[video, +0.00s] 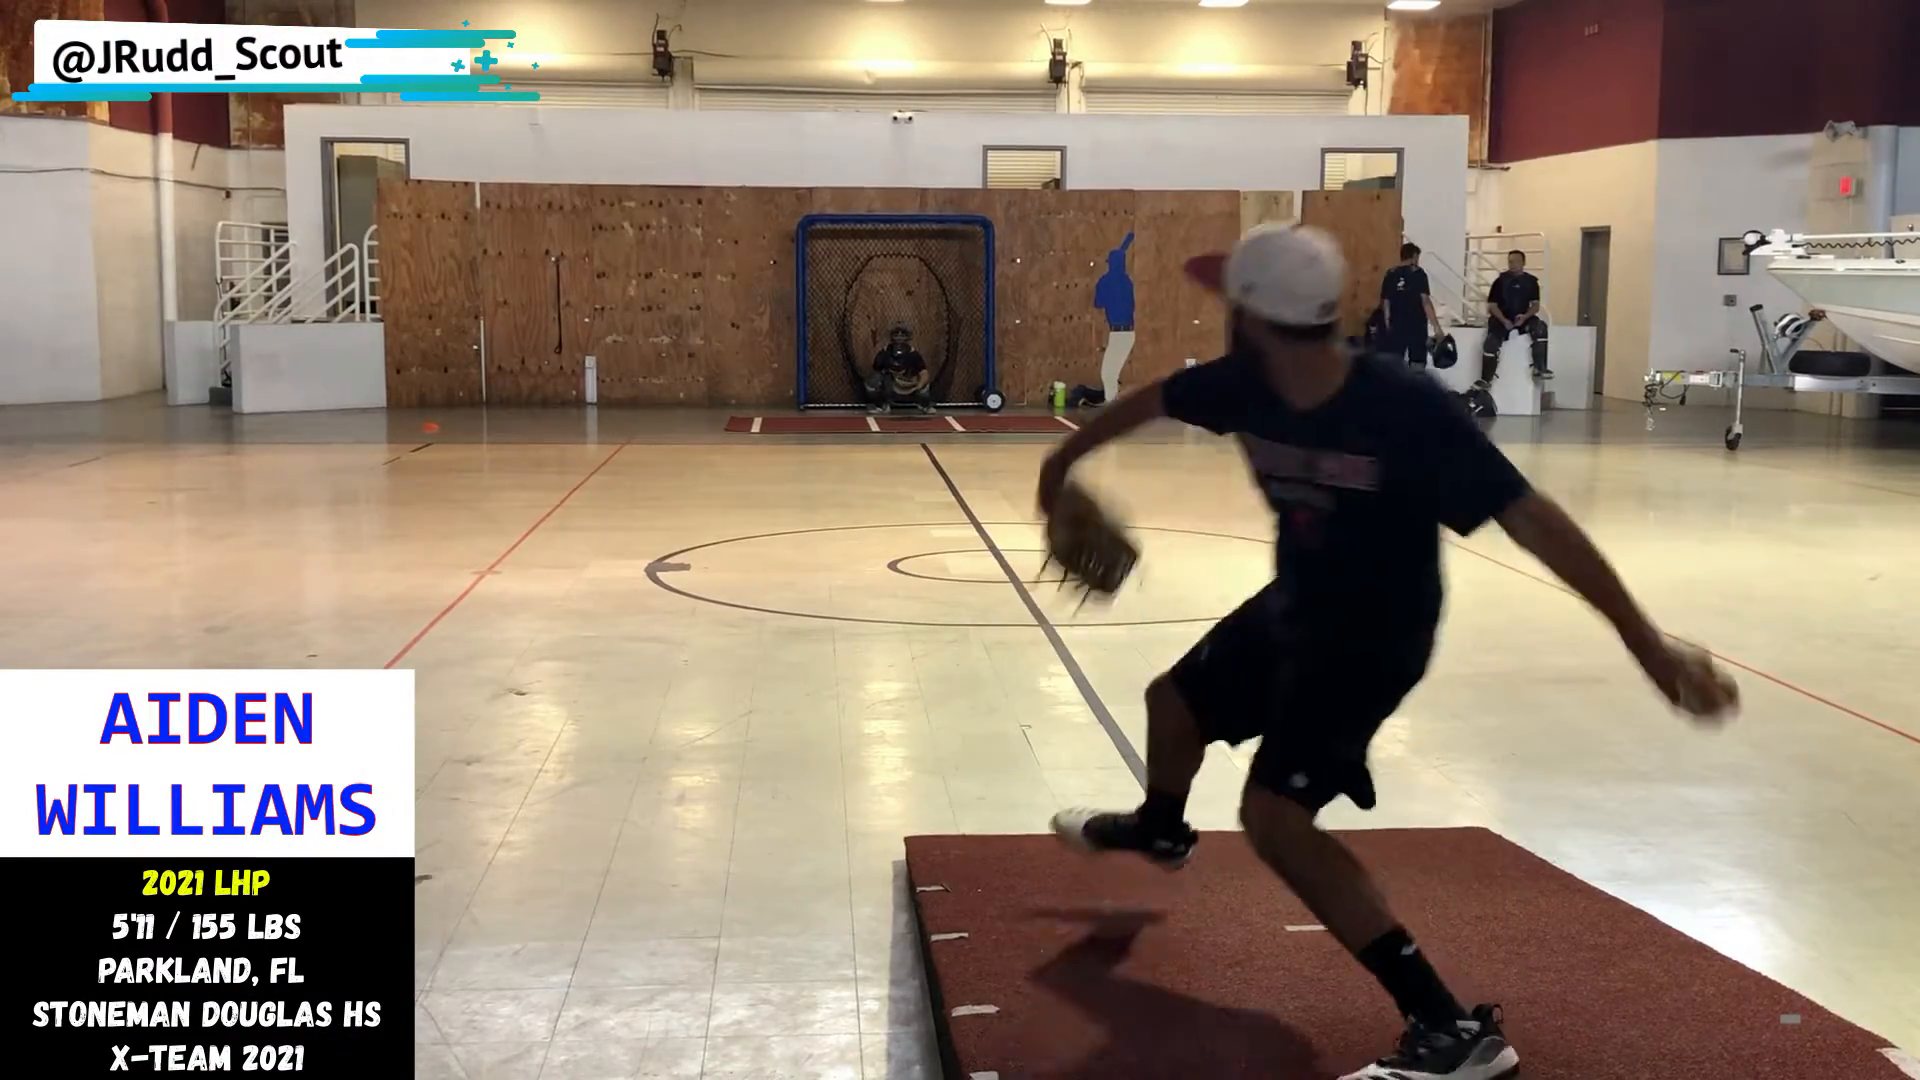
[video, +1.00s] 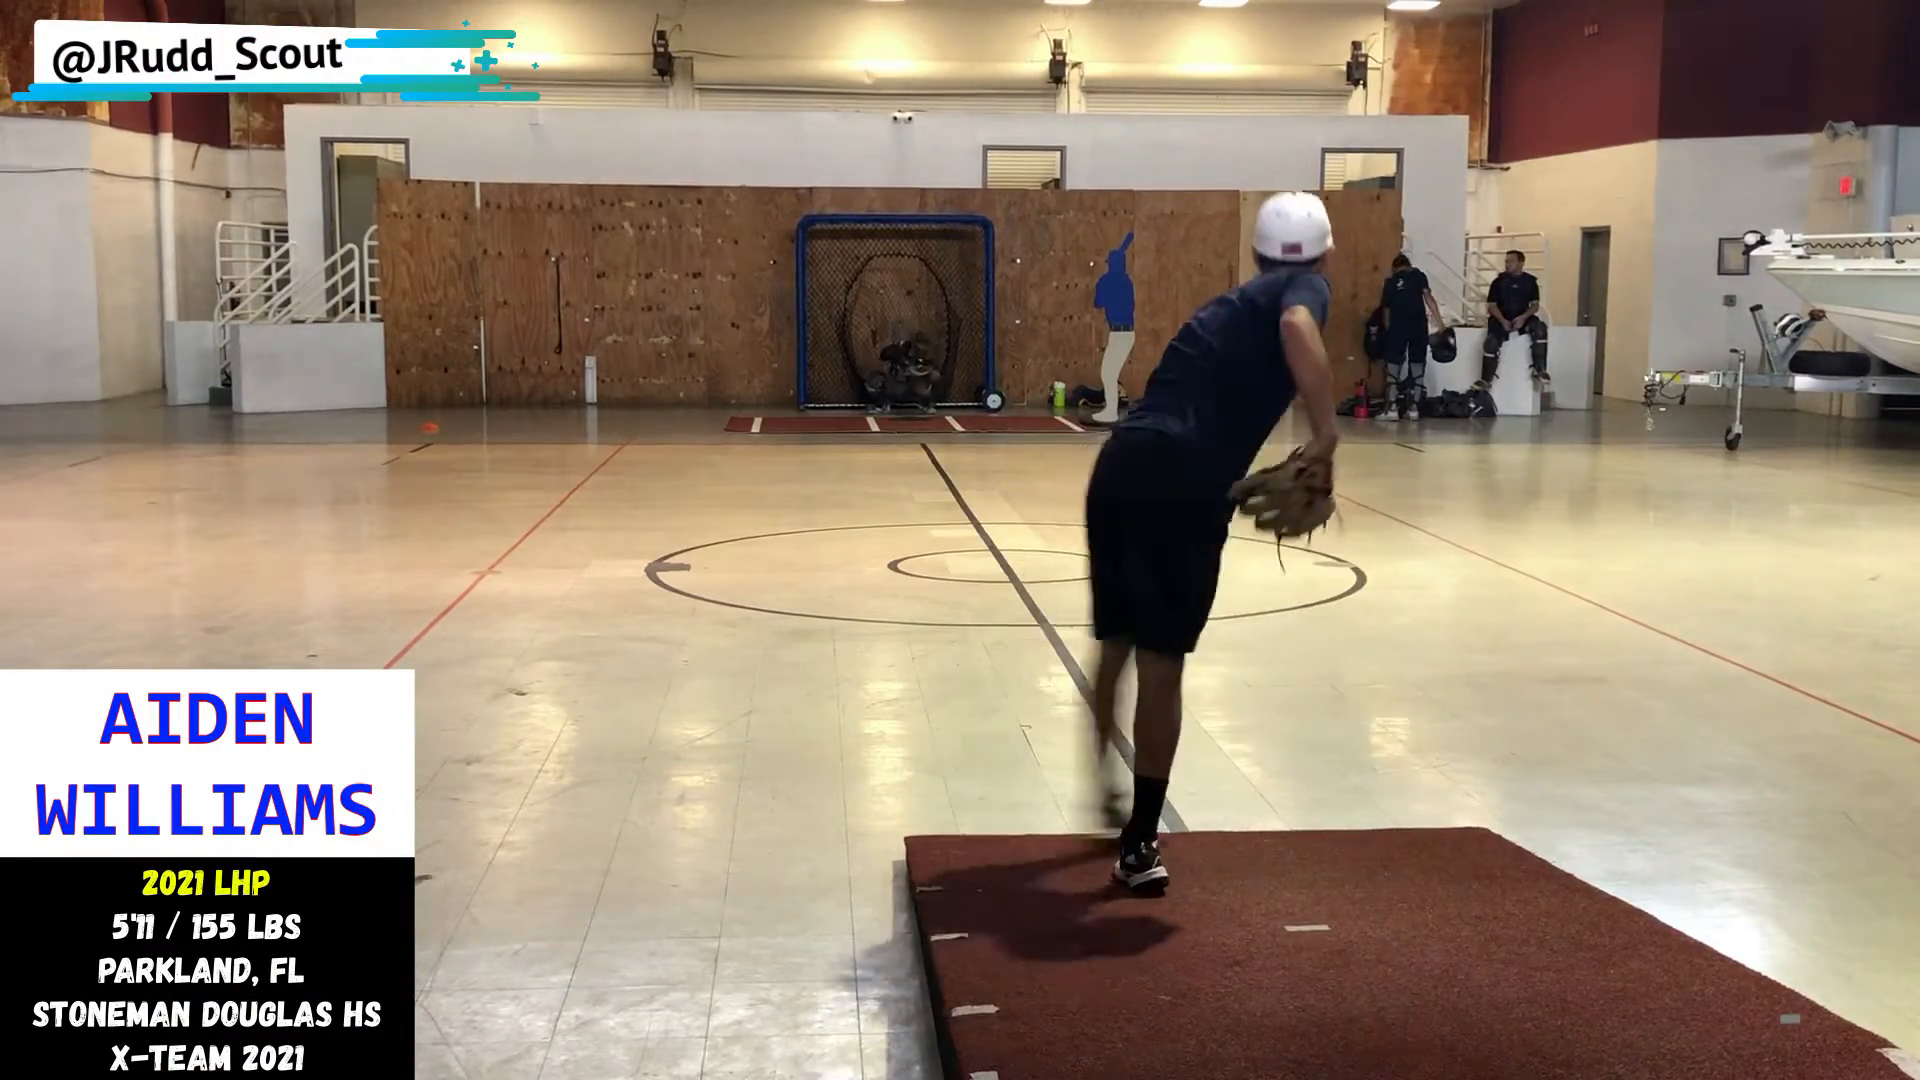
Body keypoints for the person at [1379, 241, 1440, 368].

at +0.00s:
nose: (1418, 260)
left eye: (1418, 257)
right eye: (1417, 257)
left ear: (1402, 256)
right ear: (1414, 256)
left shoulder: (1391, 273)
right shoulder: (1418, 273)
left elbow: (1386, 302)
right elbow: (1425, 300)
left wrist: (1387, 324)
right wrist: (1436, 327)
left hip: (1396, 327)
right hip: (1416, 328)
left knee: (1394, 366)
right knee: (1417, 368)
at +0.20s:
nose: (1419, 261)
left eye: (1418, 258)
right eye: (1418, 258)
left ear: (1401, 257)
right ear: (1414, 257)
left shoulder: (1391, 274)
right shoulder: (1419, 274)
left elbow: (1381, 304)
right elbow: (1425, 301)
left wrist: (1383, 331)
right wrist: (1437, 328)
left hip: (1396, 331)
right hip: (1417, 331)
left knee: (1394, 370)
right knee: (1418, 369)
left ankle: (1393, 409)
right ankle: (1414, 409)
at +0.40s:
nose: (1417, 261)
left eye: (1416, 258)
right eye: (1416, 258)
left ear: (1400, 257)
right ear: (1413, 257)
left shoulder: (1390, 274)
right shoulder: (1419, 273)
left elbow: (1382, 303)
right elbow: (1425, 301)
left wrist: (1380, 328)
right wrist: (1435, 328)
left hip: (1396, 330)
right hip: (1417, 330)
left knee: (1394, 369)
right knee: (1417, 368)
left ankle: (1393, 409)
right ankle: (1414, 408)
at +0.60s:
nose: (1415, 261)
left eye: (1415, 259)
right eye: (1415, 258)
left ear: (1399, 257)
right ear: (1412, 258)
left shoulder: (1389, 274)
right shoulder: (1417, 273)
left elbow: (1382, 304)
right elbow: (1424, 301)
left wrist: (1384, 328)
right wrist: (1434, 327)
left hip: (1396, 330)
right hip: (1417, 330)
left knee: (1394, 369)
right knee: (1417, 368)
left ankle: (1393, 410)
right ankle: (1414, 408)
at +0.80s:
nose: (1401, 266)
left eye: (1399, 263)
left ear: (1395, 262)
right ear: (1411, 262)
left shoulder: (1389, 277)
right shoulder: (1417, 273)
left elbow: (1384, 307)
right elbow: (1425, 301)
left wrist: (1387, 327)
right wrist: (1436, 326)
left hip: (1397, 330)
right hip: (1417, 330)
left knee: (1393, 370)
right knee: (1417, 370)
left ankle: (1392, 410)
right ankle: (1413, 408)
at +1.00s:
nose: (1393, 272)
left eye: (1393, 270)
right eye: (1396, 270)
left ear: (1394, 268)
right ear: (1410, 265)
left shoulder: (1390, 282)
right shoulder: (1419, 275)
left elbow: (1386, 309)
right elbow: (1428, 297)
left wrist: (1388, 329)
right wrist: (1440, 323)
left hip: (1398, 330)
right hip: (1419, 329)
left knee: (1393, 369)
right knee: (1418, 369)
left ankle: (1392, 408)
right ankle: (1414, 408)